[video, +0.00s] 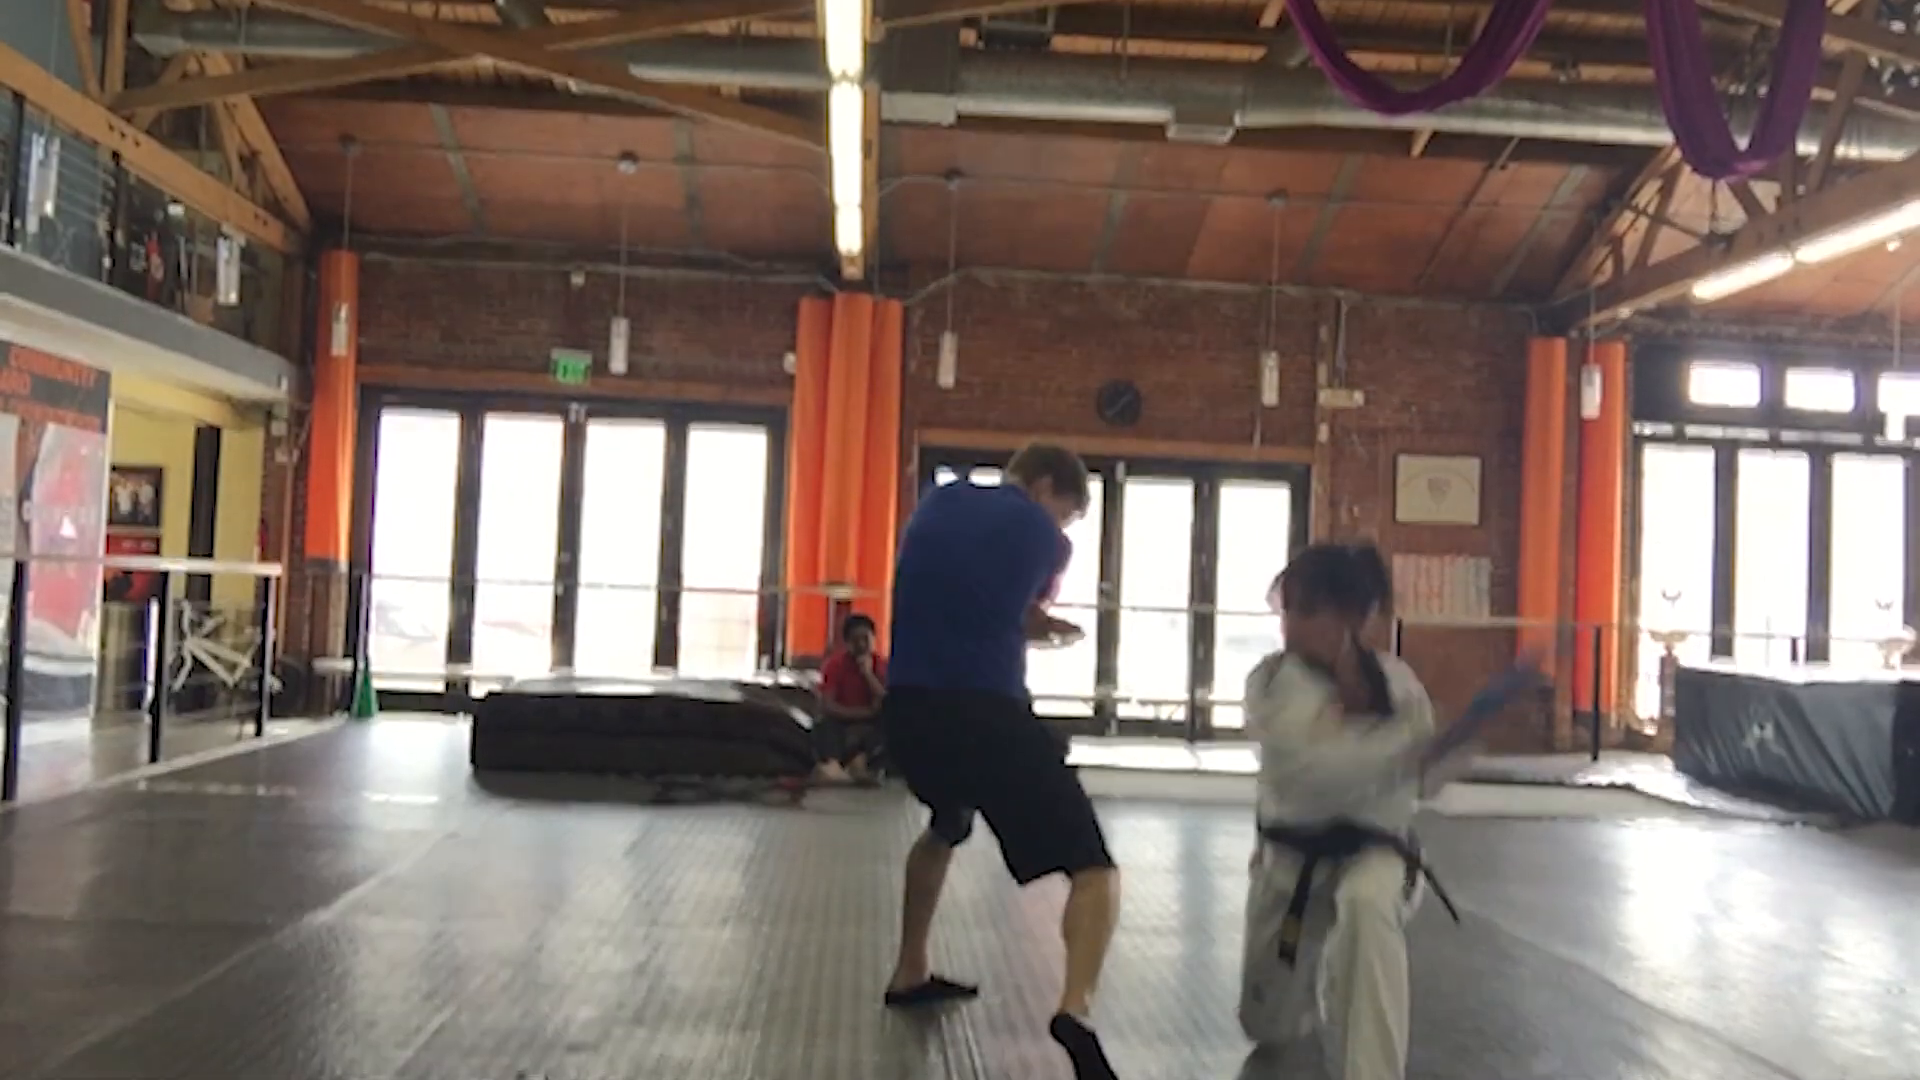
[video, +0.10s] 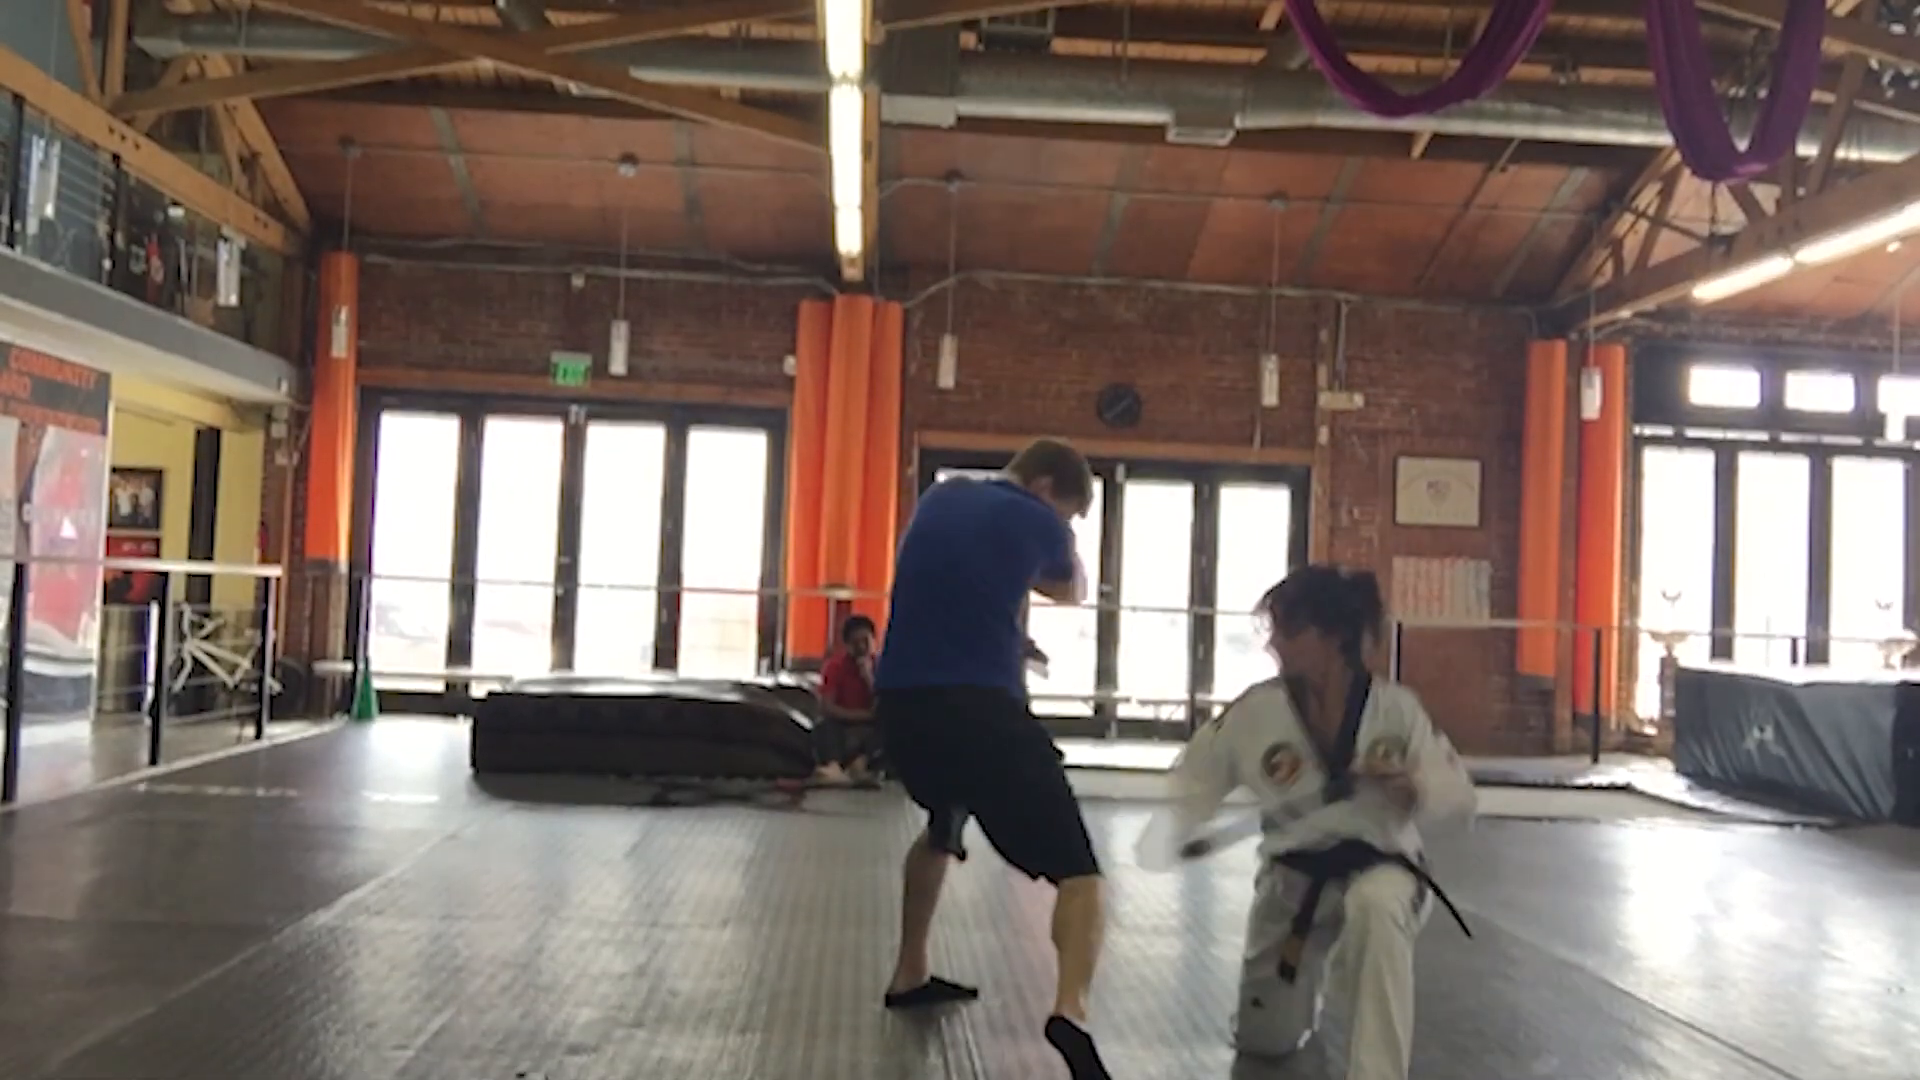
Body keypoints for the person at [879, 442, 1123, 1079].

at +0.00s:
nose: (1063, 525)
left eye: (1067, 515)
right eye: (1065, 512)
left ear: (1016, 474)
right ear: (1044, 485)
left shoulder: (937, 501)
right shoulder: (1043, 535)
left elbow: (934, 599)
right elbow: (1025, 616)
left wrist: (1030, 623)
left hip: (909, 708)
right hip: (990, 714)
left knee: (945, 823)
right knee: (1093, 868)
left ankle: (910, 974)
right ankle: (1075, 1008)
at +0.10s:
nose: (1064, 523)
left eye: (1070, 516)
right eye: (1067, 512)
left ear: (1017, 472)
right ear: (1044, 486)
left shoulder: (940, 496)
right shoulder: (1037, 519)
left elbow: (937, 586)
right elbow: (1068, 588)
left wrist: (1010, 634)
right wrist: (1004, 557)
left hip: (901, 702)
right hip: (983, 707)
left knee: (941, 826)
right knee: (1079, 871)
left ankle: (909, 976)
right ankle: (1069, 1012)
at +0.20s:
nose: (1060, 492)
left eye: (1063, 484)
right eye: (1064, 483)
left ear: (1016, 441)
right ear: (1052, 470)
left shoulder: (931, 470)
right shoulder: (1038, 514)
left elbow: (856, 529)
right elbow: (1115, 572)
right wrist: (1065, 558)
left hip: (904, 692)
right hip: (988, 695)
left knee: (931, 825)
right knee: (1065, 853)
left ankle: (909, 972)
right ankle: (1097, 991)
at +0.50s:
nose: (1066, 474)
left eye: (1068, 462)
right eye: (1067, 462)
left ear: (1000, 448)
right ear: (1048, 459)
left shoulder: (938, 502)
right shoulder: (1059, 537)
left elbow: (865, 596)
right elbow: (1049, 621)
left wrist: (921, 633)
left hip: (927, 712)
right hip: (1012, 726)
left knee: (914, 828)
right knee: (1055, 886)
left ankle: (899, 969)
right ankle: (1070, 1017)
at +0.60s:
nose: (1067, 504)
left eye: (1070, 492)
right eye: (1066, 490)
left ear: (1003, 472)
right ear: (1041, 477)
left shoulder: (933, 511)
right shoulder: (1054, 544)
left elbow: (920, 584)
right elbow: (1035, 618)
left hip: (928, 724)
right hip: (1015, 734)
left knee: (921, 823)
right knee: (1066, 891)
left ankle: (900, 968)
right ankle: (1092, 1028)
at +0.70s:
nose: (1068, 501)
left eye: (1071, 490)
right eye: (1067, 489)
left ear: (1005, 469)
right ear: (1041, 475)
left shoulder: (939, 505)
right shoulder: (1048, 534)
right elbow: (1035, 597)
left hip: (926, 712)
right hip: (1010, 719)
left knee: (921, 823)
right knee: (1078, 872)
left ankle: (900, 968)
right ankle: (1115, 1021)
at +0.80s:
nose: (1075, 472)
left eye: (1078, 462)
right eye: (1074, 461)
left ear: (1009, 439)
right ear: (1046, 445)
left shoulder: (940, 475)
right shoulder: (1049, 498)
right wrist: (1104, 511)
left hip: (922, 696)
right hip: (1002, 701)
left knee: (930, 813)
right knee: (1088, 860)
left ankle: (897, 965)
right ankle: (1108, 1009)